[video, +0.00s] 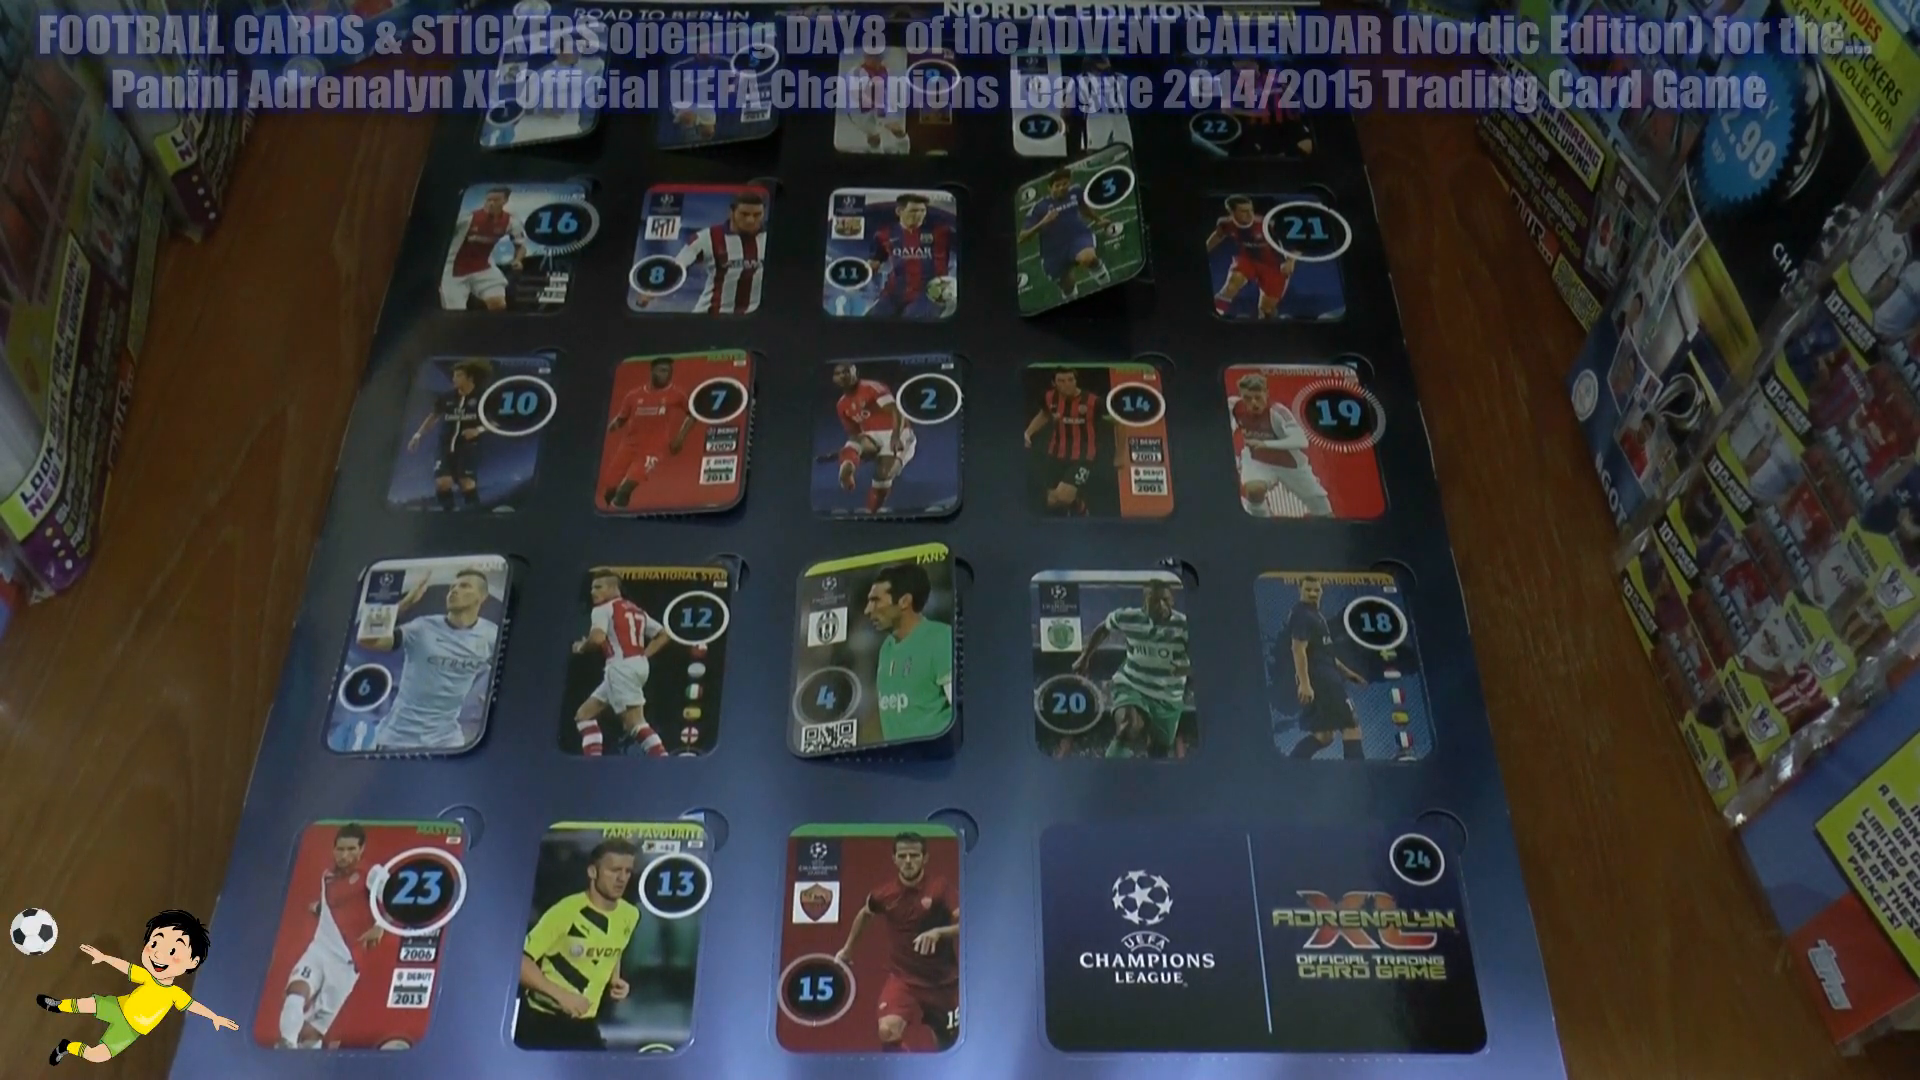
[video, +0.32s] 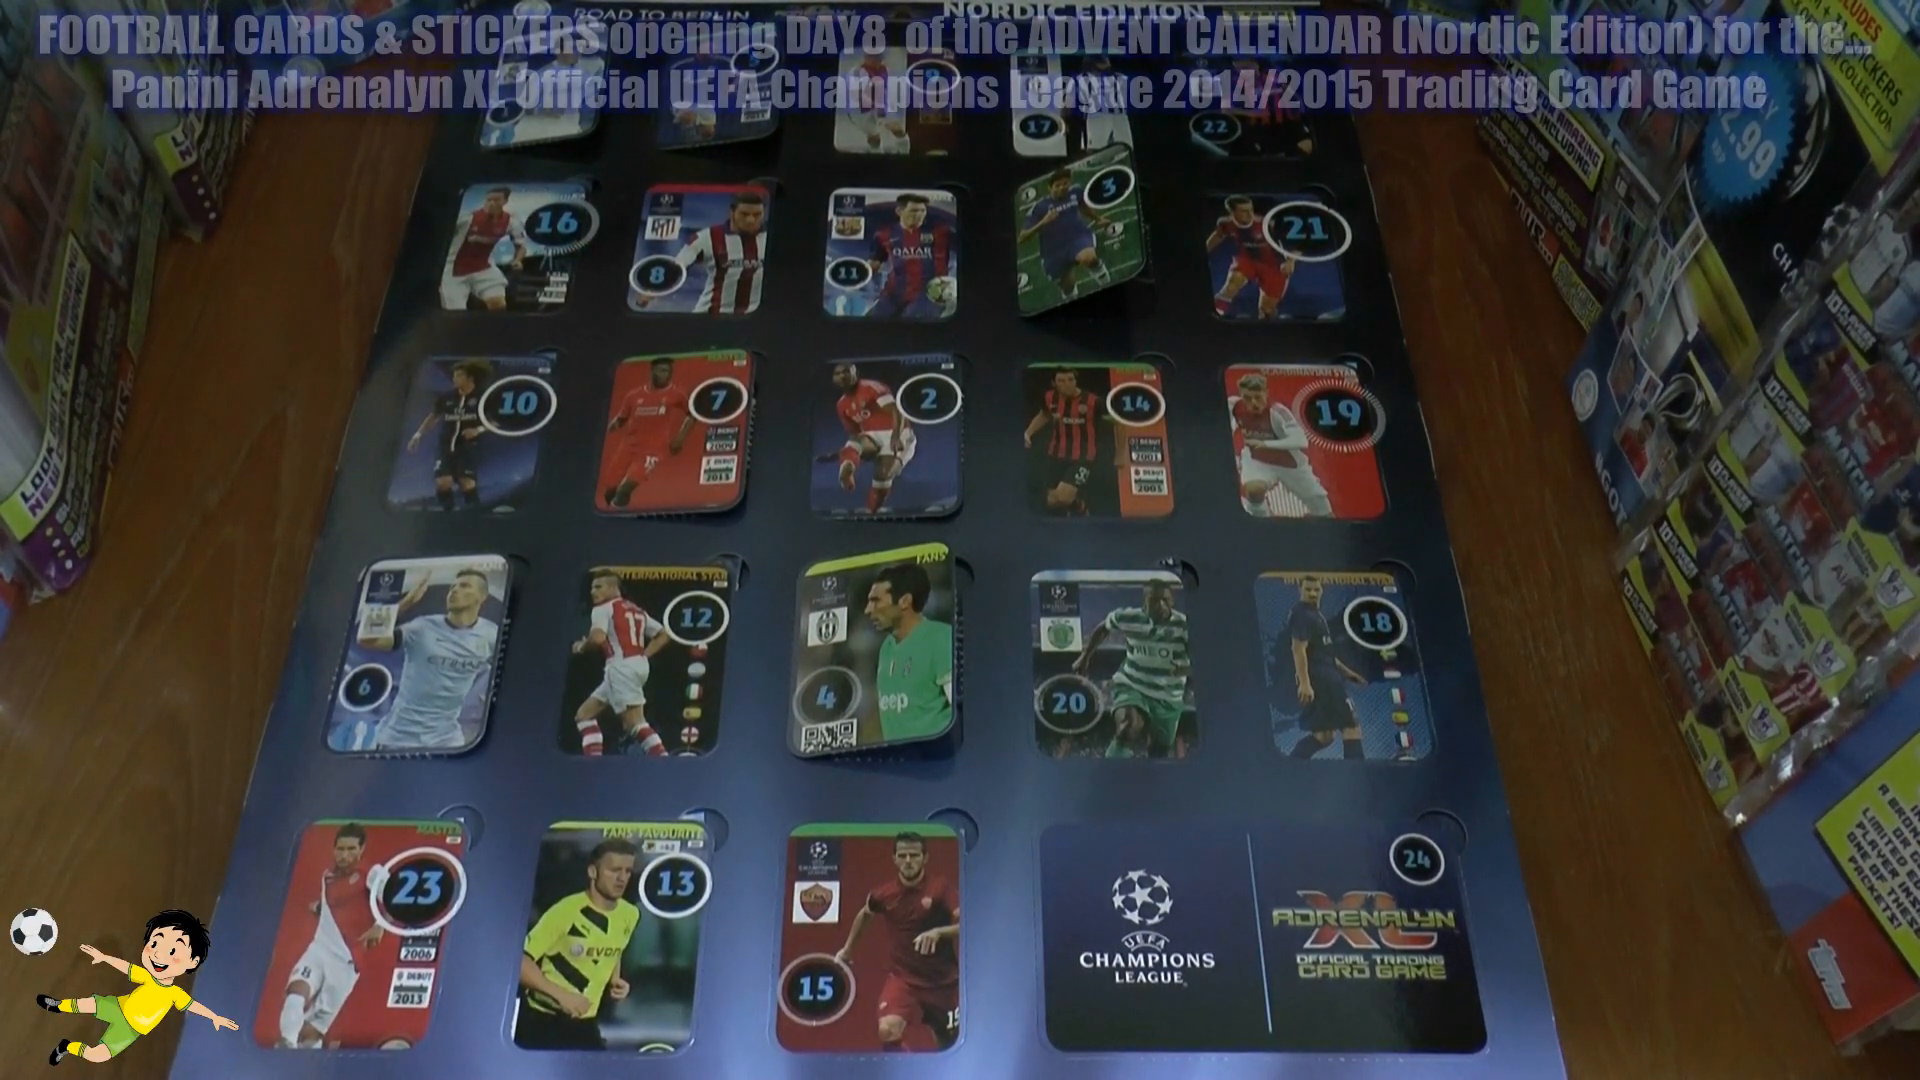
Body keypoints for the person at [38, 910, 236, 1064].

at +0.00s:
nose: (159, 955)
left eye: (172, 952)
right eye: (155, 944)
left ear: (189, 965)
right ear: (145, 946)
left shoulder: (176, 995)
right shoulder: (144, 976)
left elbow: (195, 1007)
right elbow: (124, 966)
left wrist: (215, 1017)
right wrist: (103, 958)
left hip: (131, 1030)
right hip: (118, 1008)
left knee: (99, 1055)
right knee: (89, 1003)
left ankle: (66, 1047)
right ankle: (57, 1006)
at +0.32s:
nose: (159, 955)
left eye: (172, 952)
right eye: (155, 944)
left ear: (189, 965)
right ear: (145, 946)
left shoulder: (176, 995)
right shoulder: (144, 976)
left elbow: (195, 1007)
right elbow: (124, 966)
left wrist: (215, 1017)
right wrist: (103, 958)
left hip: (131, 1030)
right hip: (118, 1008)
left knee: (99, 1055)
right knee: (89, 1003)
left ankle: (66, 1047)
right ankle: (57, 1006)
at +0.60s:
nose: (159, 955)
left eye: (172, 952)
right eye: (155, 944)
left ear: (189, 965)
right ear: (145, 946)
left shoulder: (176, 995)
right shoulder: (144, 976)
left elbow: (195, 1007)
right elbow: (124, 966)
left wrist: (215, 1017)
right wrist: (103, 958)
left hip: (131, 1030)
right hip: (118, 1008)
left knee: (99, 1055)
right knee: (88, 1003)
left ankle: (66, 1047)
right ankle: (58, 1006)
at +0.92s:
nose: (159, 956)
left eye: (172, 952)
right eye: (155, 944)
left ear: (189, 965)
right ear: (145, 946)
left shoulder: (176, 995)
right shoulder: (144, 976)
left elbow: (195, 1007)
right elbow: (124, 966)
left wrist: (215, 1017)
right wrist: (103, 958)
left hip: (131, 1030)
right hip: (118, 1008)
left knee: (99, 1055)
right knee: (88, 1003)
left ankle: (66, 1047)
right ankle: (58, 1006)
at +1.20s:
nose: (159, 956)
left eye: (172, 952)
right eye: (155, 944)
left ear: (189, 965)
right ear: (145, 946)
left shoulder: (176, 995)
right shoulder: (143, 976)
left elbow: (195, 1007)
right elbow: (123, 966)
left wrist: (215, 1017)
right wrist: (103, 958)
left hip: (130, 1030)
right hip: (118, 1008)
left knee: (99, 1055)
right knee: (88, 1003)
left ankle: (66, 1047)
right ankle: (58, 1006)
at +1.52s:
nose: (159, 955)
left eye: (172, 952)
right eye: (155, 944)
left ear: (189, 965)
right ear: (145, 946)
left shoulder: (176, 995)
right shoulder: (143, 976)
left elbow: (195, 1007)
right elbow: (123, 966)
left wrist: (215, 1017)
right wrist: (103, 958)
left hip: (131, 1030)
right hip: (118, 1008)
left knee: (99, 1055)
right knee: (89, 1003)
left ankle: (66, 1047)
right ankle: (58, 1006)